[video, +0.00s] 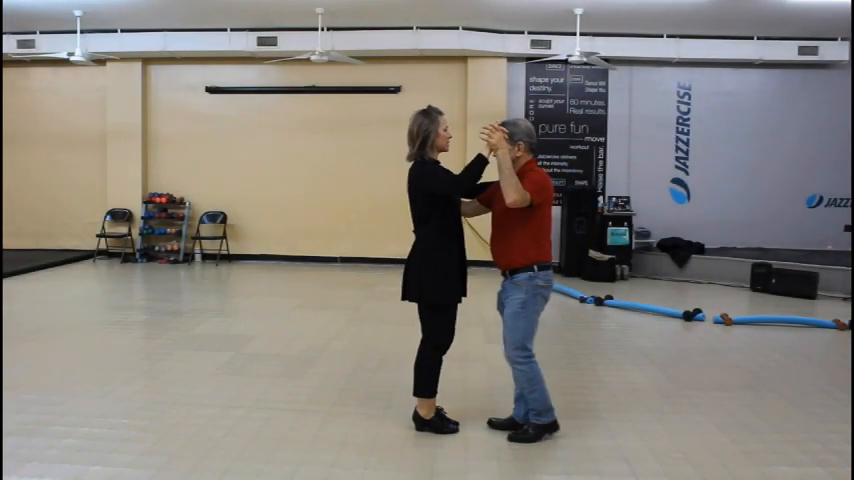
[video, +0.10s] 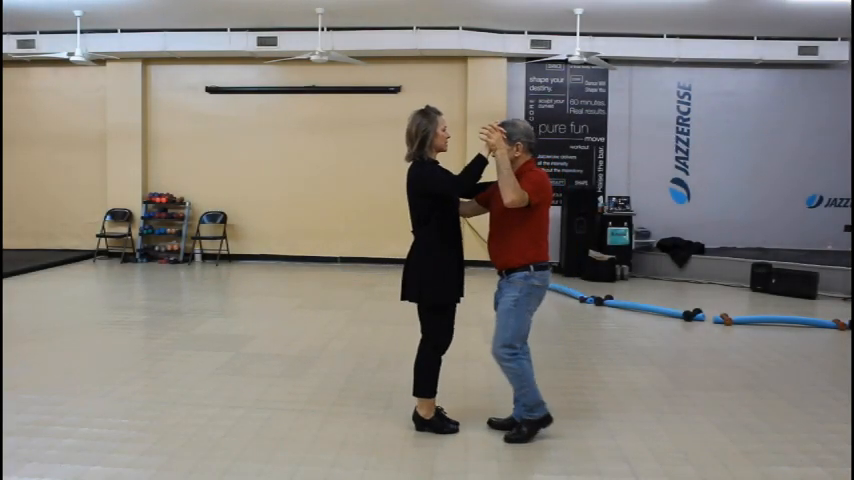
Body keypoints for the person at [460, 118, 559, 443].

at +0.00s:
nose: (496, 150)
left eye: (502, 145)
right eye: (496, 144)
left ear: (520, 148)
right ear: (515, 148)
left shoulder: (537, 178)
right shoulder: (504, 184)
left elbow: (514, 198)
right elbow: (468, 207)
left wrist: (502, 154)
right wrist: (435, 196)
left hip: (532, 278)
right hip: (513, 277)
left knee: (518, 350)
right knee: (515, 351)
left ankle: (544, 419)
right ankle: (523, 416)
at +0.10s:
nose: (495, 151)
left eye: (500, 145)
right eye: (495, 145)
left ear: (518, 148)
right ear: (514, 149)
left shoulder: (536, 178)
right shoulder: (502, 185)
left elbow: (512, 197)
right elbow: (467, 208)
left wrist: (500, 155)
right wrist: (434, 196)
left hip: (528, 276)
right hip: (510, 276)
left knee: (506, 348)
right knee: (512, 346)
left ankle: (536, 414)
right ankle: (522, 414)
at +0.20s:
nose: (492, 151)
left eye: (497, 145)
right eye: (491, 145)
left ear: (516, 148)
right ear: (512, 148)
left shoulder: (533, 178)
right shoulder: (501, 183)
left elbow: (509, 197)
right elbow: (466, 209)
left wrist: (499, 156)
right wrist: (433, 199)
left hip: (523, 276)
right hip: (507, 276)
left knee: (496, 347)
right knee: (514, 347)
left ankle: (518, 418)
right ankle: (525, 416)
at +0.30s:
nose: (491, 152)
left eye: (495, 146)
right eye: (489, 146)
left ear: (513, 148)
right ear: (509, 149)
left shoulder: (530, 179)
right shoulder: (499, 184)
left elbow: (506, 198)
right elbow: (463, 208)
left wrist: (497, 156)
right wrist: (432, 195)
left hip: (518, 277)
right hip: (504, 276)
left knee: (489, 349)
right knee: (512, 348)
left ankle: (489, 426)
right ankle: (525, 417)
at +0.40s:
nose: (485, 151)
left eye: (491, 145)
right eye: (485, 145)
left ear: (510, 148)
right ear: (506, 150)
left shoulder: (526, 179)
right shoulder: (494, 183)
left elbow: (503, 200)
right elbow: (459, 210)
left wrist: (494, 157)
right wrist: (428, 202)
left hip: (509, 278)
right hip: (501, 277)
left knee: (484, 352)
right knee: (508, 349)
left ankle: (464, 427)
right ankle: (525, 418)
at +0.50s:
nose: (481, 152)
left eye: (488, 145)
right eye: (482, 146)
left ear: (505, 150)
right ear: (501, 152)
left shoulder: (521, 182)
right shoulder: (489, 185)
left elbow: (498, 201)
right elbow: (456, 211)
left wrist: (490, 158)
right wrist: (424, 210)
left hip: (502, 280)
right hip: (495, 278)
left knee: (475, 353)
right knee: (502, 350)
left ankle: (453, 428)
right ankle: (525, 417)